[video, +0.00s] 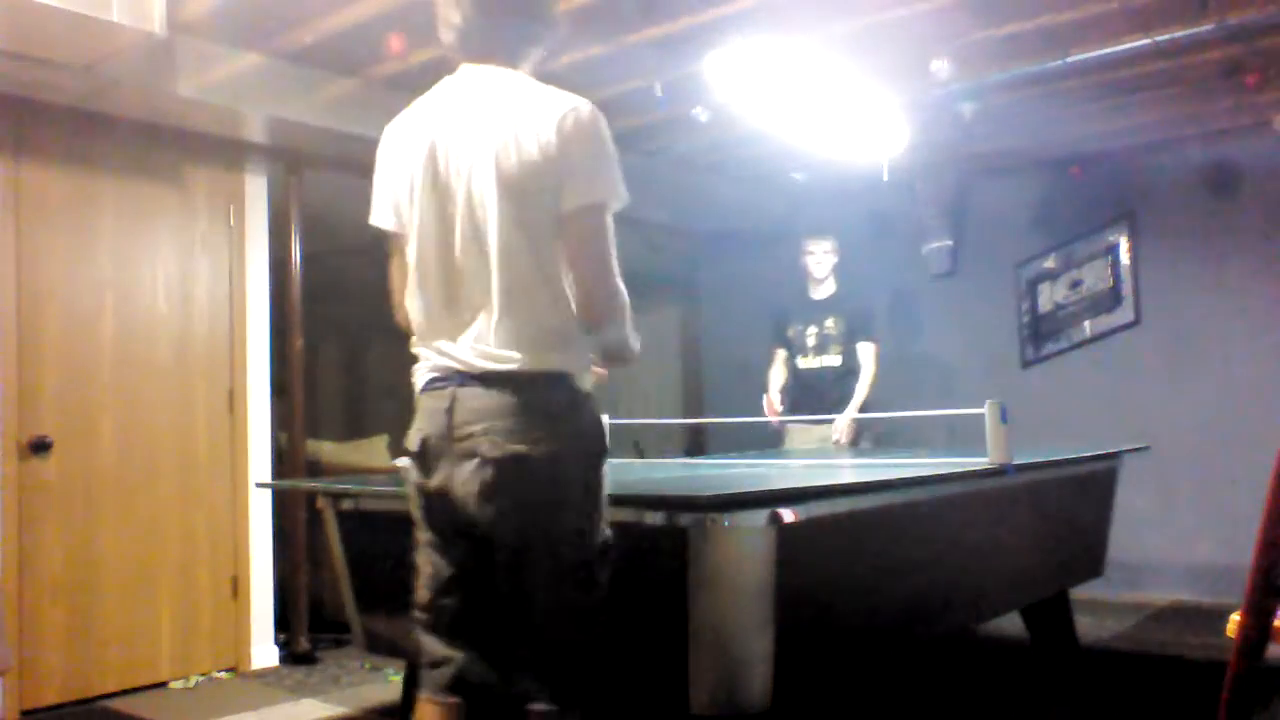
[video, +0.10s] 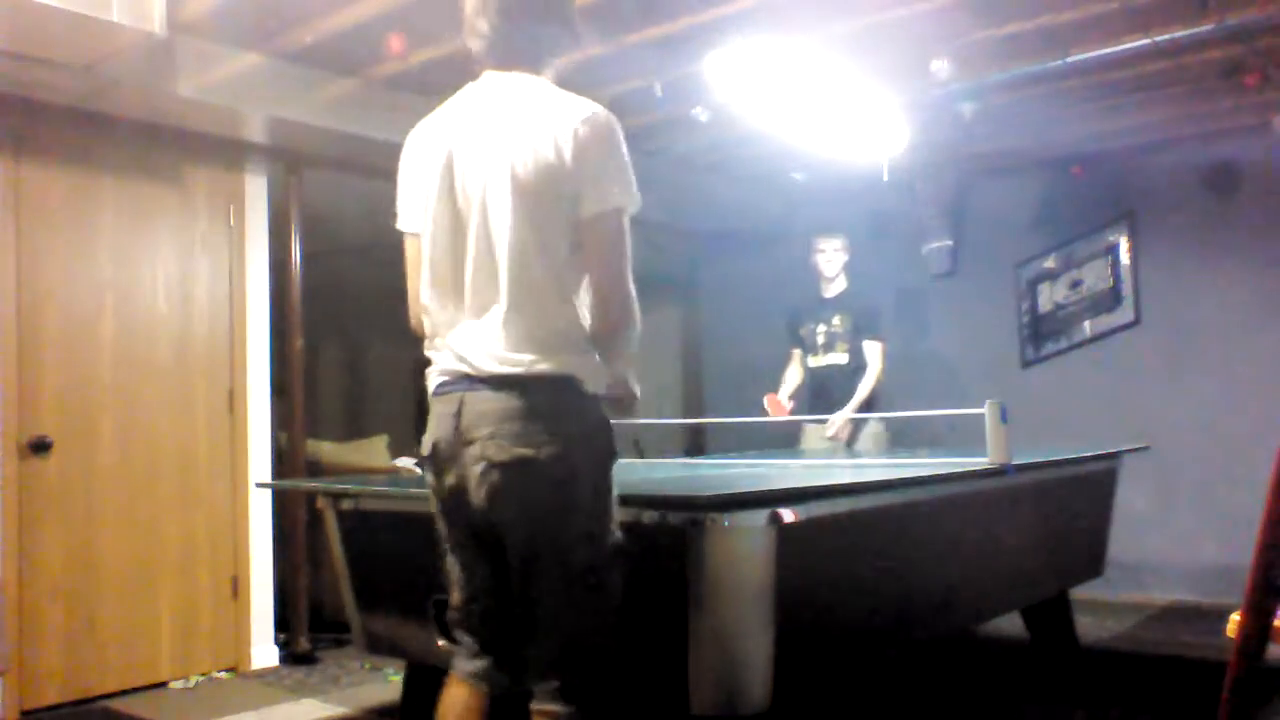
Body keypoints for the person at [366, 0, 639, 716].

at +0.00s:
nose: (441, 23)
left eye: (442, 16)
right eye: (552, 26)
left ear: (449, 29)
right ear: (543, 35)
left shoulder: (405, 130)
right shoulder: (567, 117)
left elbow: (408, 301)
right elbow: (595, 294)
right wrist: (617, 346)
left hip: (442, 413)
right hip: (543, 416)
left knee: (445, 652)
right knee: (557, 649)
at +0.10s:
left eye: (472, 21)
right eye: (567, 27)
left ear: (474, 39)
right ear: (559, 39)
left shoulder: (426, 136)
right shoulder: (583, 124)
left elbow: (423, 309)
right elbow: (610, 306)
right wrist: (616, 372)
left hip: (451, 415)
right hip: (549, 417)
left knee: (477, 646)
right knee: (566, 656)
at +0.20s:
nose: (599, 41)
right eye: (591, 26)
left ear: (496, 41)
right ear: (584, 39)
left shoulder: (443, 137)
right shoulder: (598, 127)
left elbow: (425, 308)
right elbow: (621, 297)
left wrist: (484, 373)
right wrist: (628, 407)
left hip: (459, 415)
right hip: (555, 415)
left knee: (491, 641)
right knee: (568, 659)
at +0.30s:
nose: (606, 59)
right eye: (601, 41)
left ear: (511, 46)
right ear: (595, 46)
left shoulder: (456, 139)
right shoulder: (608, 131)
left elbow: (431, 309)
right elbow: (625, 305)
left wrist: (501, 364)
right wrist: (633, 428)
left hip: (462, 411)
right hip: (554, 412)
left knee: (497, 644)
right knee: (568, 659)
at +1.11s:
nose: (601, 79)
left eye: (600, 64)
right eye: (597, 63)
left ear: (513, 65)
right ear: (583, 63)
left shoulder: (462, 151)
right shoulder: (579, 132)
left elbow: (458, 297)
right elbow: (571, 291)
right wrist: (630, 413)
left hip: (442, 408)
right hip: (515, 413)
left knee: (469, 645)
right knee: (557, 650)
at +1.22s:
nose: (588, 84)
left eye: (588, 70)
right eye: (584, 67)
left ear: (502, 68)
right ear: (570, 68)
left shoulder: (459, 149)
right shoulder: (546, 132)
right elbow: (514, 290)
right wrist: (607, 401)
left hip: (428, 414)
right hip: (494, 416)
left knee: (455, 637)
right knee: (548, 649)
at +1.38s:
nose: (537, 129)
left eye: (541, 115)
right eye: (541, 112)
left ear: (462, 90)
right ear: (529, 102)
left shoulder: (415, 162)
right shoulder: (476, 154)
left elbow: (401, 316)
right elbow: (410, 298)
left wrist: (510, 423)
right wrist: (524, 412)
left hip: (377, 429)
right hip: (434, 432)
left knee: (399, 641)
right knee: (511, 642)